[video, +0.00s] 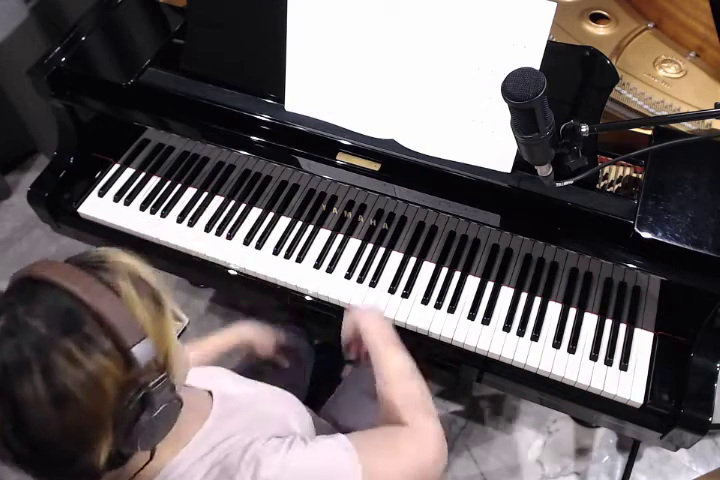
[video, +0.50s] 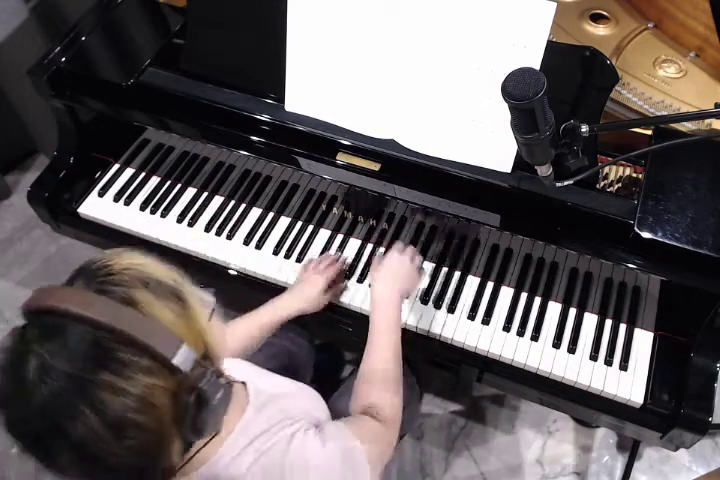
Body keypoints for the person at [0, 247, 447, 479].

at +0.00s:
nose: (176, 322)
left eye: (164, 313)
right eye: (166, 324)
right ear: (146, 373)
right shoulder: (262, 467)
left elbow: (147, 377)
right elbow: (423, 444)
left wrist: (237, 337)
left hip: (229, 386)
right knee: (381, 345)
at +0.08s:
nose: (175, 319)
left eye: (163, 311)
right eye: (165, 322)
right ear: (146, 371)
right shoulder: (263, 466)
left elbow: (146, 378)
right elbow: (423, 444)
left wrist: (236, 336)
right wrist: (378, 329)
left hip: (227, 387)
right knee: (382, 345)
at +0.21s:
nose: (167, 321)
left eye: (151, 310)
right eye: (153, 318)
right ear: (138, 376)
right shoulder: (273, 466)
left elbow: (165, 366)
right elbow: (405, 423)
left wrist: (247, 308)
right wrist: (383, 284)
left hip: (231, 389)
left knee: (283, 332)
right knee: (384, 367)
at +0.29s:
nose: (175, 319)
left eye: (162, 314)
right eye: (163, 322)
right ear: (147, 379)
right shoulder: (279, 465)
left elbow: (181, 358)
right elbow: (386, 416)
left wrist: (267, 298)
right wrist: (386, 282)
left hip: (232, 381)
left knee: (284, 331)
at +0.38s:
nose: (182, 309)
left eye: (168, 305)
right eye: (171, 312)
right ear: (159, 360)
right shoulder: (283, 464)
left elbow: (199, 351)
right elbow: (380, 414)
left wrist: (287, 295)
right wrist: (387, 288)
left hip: (238, 381)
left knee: (285, 332)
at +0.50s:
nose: (200, 295)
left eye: (185, 292)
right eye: (187, 300)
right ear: (180, 362)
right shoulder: (288, 462)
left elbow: (208, 350)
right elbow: (378, 423)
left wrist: (294, 301)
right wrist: (387, 301)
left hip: (251, 377)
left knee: (292, 337)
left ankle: (316, 387)